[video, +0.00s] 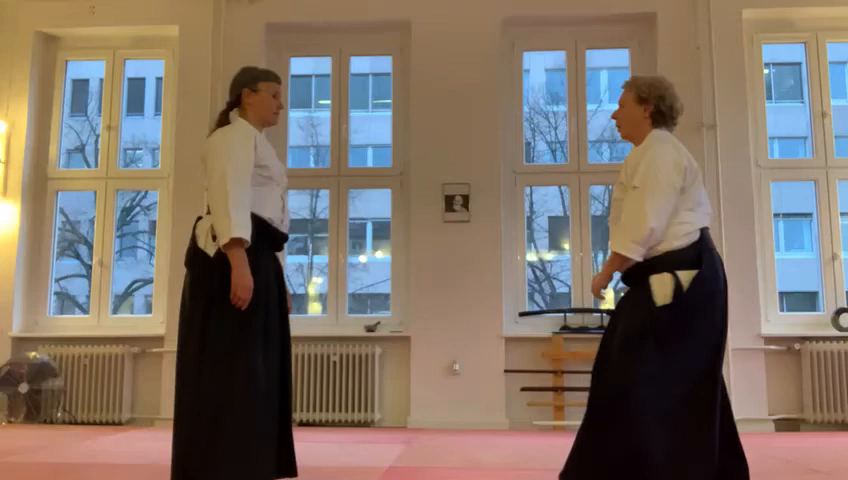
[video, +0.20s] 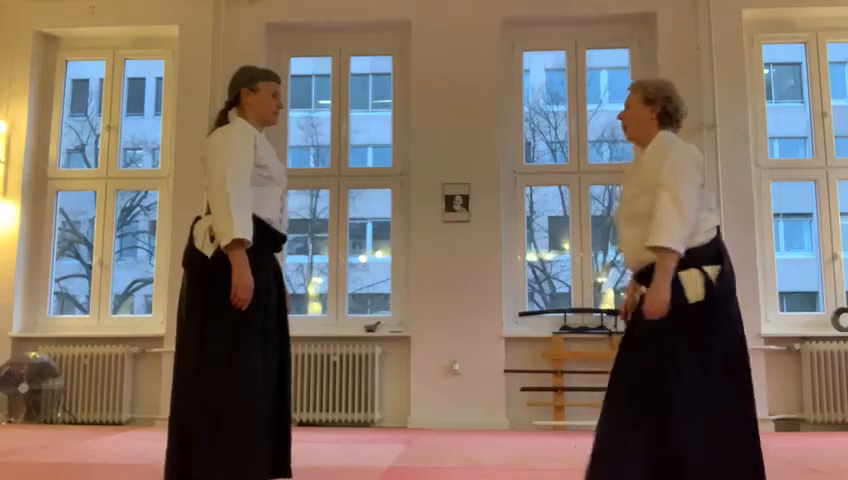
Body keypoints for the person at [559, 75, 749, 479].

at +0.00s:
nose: (614, 113)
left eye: (622, 104)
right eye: (617, 104)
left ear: (647, 110)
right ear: (647, 112)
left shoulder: (661, 151)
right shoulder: (651, 152)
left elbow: (647, 226)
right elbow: (645, 226)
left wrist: (607, 271)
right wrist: (618, 267)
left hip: (678, 277)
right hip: (667, 275)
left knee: (628, 381)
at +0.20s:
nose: (621, 114)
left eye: (628, 106)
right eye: (623, 107)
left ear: (652, 110)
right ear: (649, 111)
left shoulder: (674, 152)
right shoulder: (647, 159)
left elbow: (675, 218)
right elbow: (648, 226)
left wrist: (661, 281)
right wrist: (636, 282)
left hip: (691, 278)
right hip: (664, 281)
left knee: (684, 390)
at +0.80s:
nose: (605, 162)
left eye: (604, 151)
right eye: (600, 156)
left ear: (626, 136)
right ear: (624, 141)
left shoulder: (672, 159)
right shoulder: (639, 180)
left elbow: (684, 225)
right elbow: (661, 237)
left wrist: (654, 279)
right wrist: (652, 287)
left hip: (716, 287)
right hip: (685, 291)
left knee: (716, 397)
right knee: (678, 398)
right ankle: (680, 473)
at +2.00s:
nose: (642, 114)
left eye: (650, 106)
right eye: (644, 107)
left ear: (675, 110)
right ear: (670, 112)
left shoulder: (692, 149)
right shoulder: (666, 159)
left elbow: (688, 217)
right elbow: (662, 226)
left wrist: (663, 276)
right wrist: (639, 282)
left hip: (692, 281)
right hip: (665, 284)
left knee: (696, 392)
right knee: (665, 394)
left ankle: (705, 474)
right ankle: (671, 473)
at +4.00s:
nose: (632, 119)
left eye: (641, 112)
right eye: (635, 112)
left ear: (665, 115)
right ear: (664, 117)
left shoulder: (683, 153)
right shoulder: (666, 158)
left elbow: (685, 217)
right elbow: (675, 220)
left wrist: (669, 276)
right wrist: (656, 278)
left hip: (688, 282)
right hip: (667, 283)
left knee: (690, 392)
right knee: (668, 393)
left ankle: (702, 475)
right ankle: (676, 474)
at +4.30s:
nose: (626, 120)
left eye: (633, 113)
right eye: (628, 113)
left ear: (659, 119)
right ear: (649, 120)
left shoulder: (675, 152)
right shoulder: (645, 166)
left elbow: (685, 212)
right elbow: (637, 239)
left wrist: (668, 269)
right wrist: (591, 272)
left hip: (688, 279)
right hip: (659, 283)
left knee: (687, 387)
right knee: (653, 388)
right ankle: (661, 472)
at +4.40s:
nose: (622, 120)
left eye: (629, 113)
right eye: (624, 113)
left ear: (654, 116)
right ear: (646, 118)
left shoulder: (673, 152)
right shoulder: (640, 171)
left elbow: (684, 213)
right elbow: (616, 236)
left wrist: (668, 270)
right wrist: (562, 231)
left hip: (684, 282)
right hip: (656, 287)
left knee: (685, 390)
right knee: (645, 391)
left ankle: (694, 472)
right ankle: (653, 473)